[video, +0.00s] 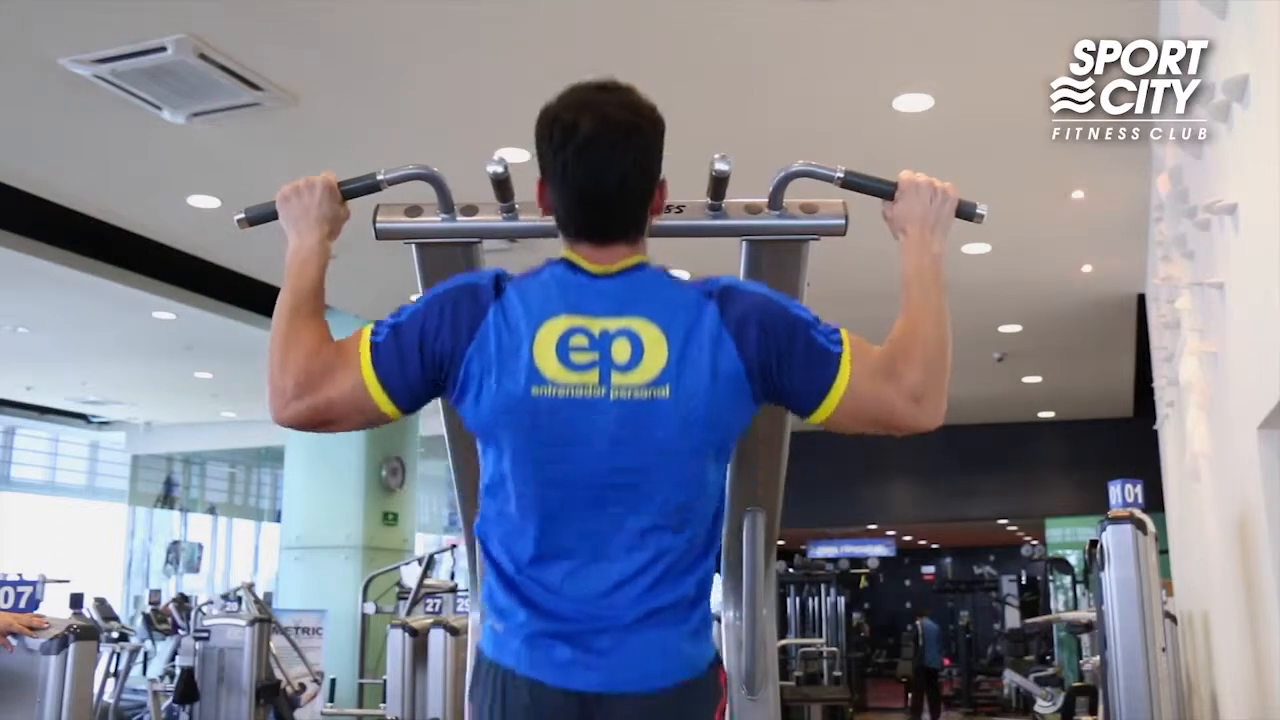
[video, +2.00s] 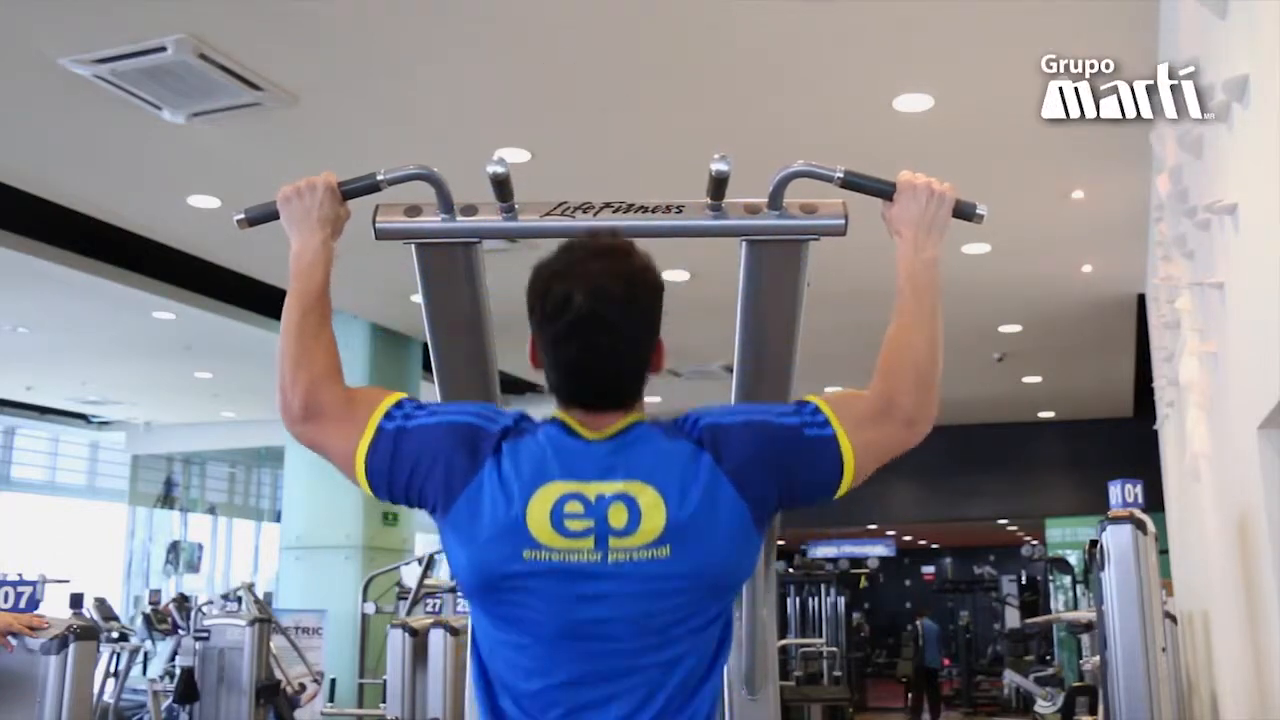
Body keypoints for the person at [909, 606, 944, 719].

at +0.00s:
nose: (915, 618)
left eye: (916, 615)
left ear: (917, 615)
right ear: (928, 614)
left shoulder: (917, 626)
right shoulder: (935, 627)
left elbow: (917, 644)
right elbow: (938, 645)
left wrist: (914, 659)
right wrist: (938, 658)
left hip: (921, 663)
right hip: (934, 664)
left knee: (918, 692)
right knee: (934, 691)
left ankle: (916, 715)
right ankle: (935, 715)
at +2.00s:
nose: (916, 618)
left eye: (916, 616)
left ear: (917, 615)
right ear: (928, 614)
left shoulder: (917, 625)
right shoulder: (935, 627)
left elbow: (917, 644)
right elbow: (938, 645)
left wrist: (914, 659)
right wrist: (939, 659)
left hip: (921, 664)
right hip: (934, 664)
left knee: (918, 692)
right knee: (933, 691)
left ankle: (916, 715)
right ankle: (935, 715)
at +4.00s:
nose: (916, 618)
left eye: (916, 616)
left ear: (917, 615)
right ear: (928, 614)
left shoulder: (917, 625)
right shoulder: (935, 627)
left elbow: (917, 644)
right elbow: (938, 645)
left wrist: (914, 659)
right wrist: (939, 659)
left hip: (921, 664)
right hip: (934, 664)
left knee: (918, 692)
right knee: (933, 691)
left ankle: (916, 715)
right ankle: (935, 715)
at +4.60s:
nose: (916, 619)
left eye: (916, 616)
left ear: (917, 615)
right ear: (928, 614)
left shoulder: (917, 626)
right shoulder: (935, 627)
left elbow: (916, 644)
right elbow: (939, 645)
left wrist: (914, 659)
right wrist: (939, 659)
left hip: (920, 664)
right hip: (934, 664)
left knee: (917, 692)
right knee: (933, 692)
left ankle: (916, 715)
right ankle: (935, 715)